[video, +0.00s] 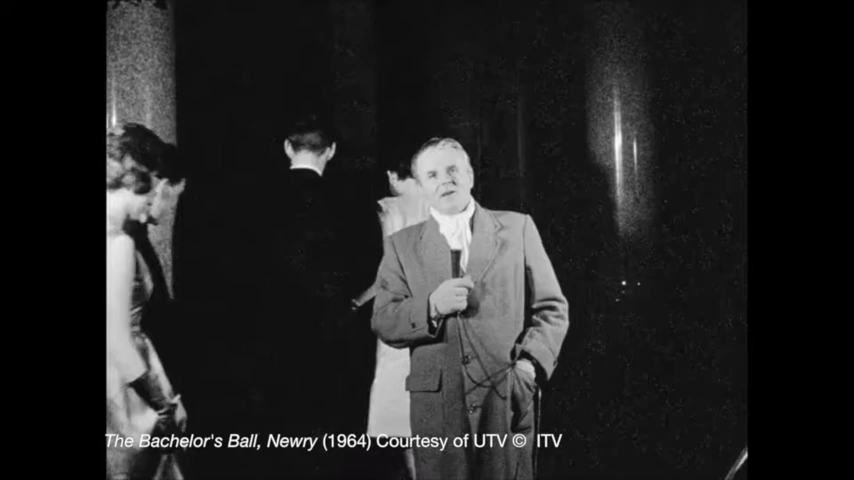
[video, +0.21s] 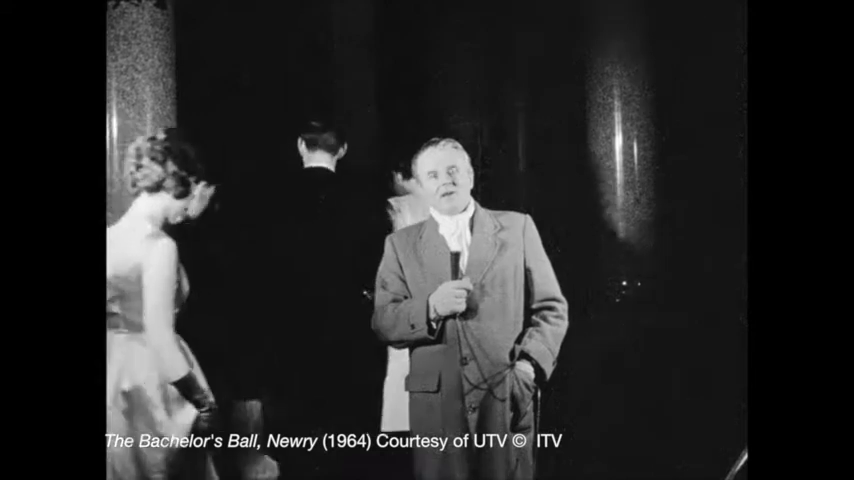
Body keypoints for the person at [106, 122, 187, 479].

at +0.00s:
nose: (153, 205)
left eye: (155, 194)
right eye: (150, 193)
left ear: (131, 184)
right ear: (130, 186)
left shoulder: (125, 240)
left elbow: (137, 331)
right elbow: (117, 340)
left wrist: (167, 394)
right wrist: (164, 404)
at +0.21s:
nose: (190, 212)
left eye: (194, 202)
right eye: (190, 201)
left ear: (146, 184)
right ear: (173, 188)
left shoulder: (113, 236)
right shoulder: (159, 247)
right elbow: (159, 337)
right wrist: (203, 400)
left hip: (113, 359)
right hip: (148, 365)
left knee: (120, 457)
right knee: (158, 461)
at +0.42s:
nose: (229, 207)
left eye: (231, 196)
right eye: (228, 195)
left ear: (186, 184)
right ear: (211, 188)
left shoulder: (152, 238)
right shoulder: (202, 246)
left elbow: (159, 318)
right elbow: (206, 331)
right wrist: (248, 400)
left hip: (154, 356)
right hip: (192, 362)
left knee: (157, 462)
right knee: (200, 461)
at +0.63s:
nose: (272, 189)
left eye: (272, 179)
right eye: (268, 178)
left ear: (237, 173)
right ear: (244, 174)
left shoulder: (194, 229)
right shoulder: (237, 233)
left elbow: (204, 308)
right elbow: (241, 320)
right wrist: (282, 376)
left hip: (197, 347)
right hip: (232, 353)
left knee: (203, 454)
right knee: (241, 457)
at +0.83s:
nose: (305, 190)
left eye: (305, 179)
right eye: (301, 178)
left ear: (271, 178)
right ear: (275, 177)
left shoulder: (229, 232)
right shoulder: (278, 235)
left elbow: (239, 307)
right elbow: (280, 318)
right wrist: (320, 373)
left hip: (231, 349)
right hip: (269, 353)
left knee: (236, 453)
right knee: (276, 455)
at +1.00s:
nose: (330, 189)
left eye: (330, 180)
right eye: (325, 181)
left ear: (292, 180)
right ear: (301, 181)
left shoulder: (260, 233)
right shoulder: (313, 237)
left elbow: (267, 305)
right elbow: (323, 319)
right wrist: (347, 359)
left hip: (265, 346)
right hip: (305, 351)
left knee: (265, 448)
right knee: (308, 454)